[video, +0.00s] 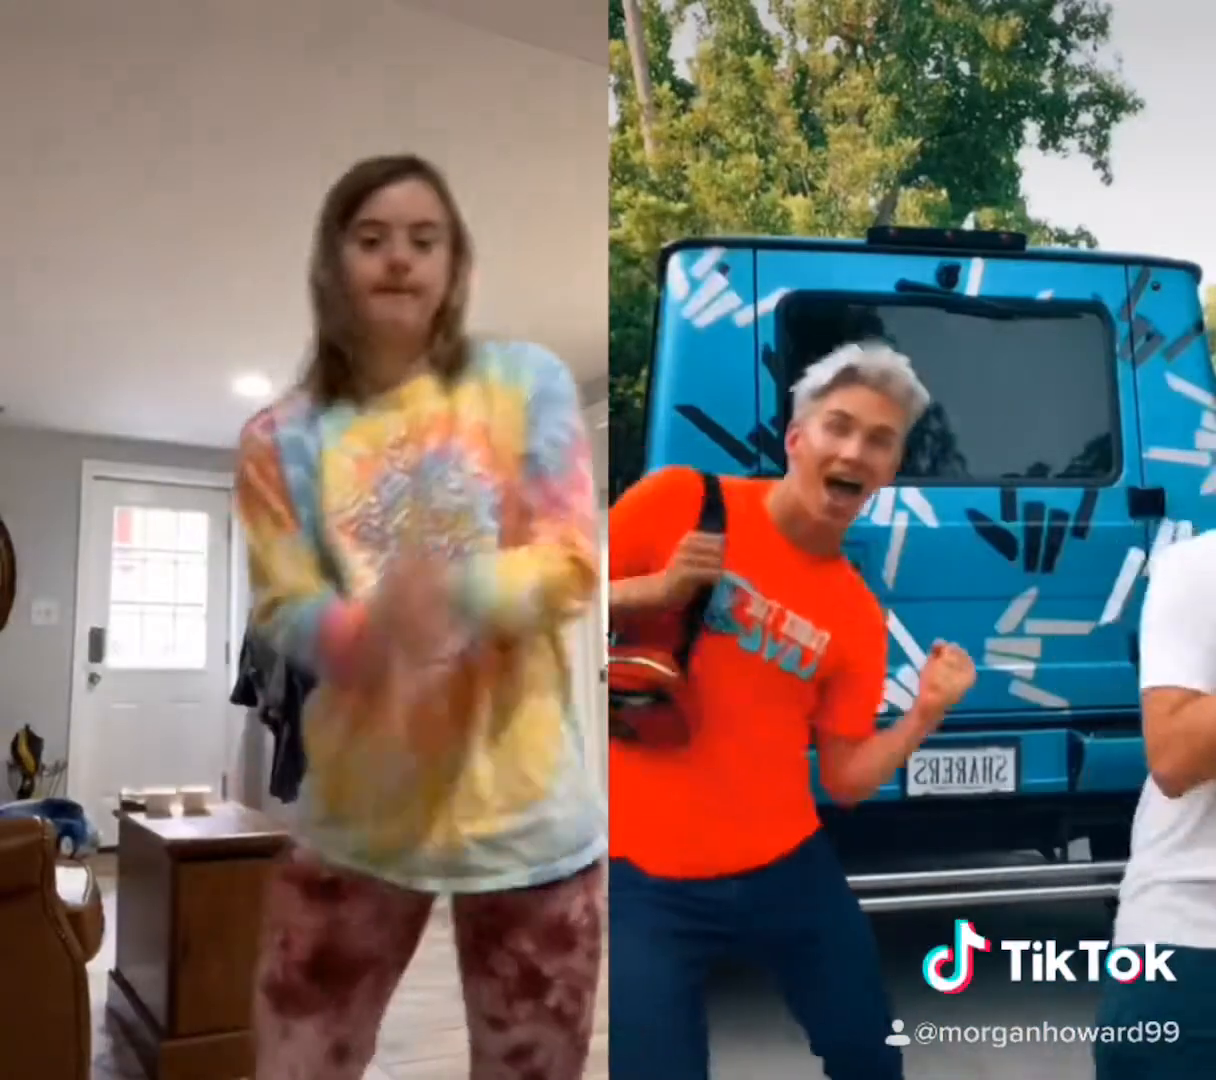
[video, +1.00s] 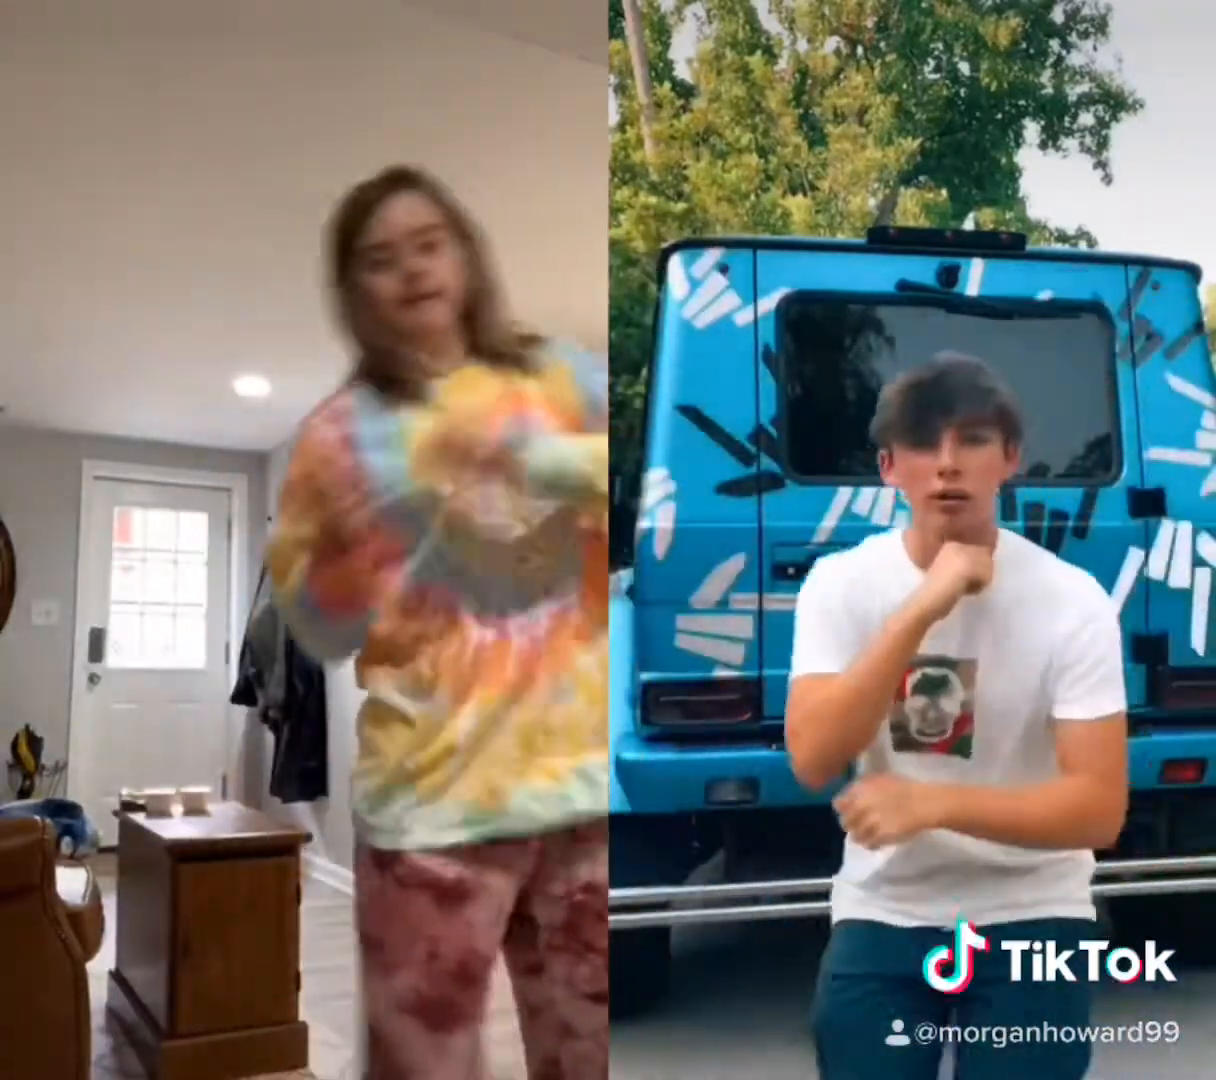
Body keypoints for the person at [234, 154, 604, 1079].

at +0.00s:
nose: (400, 260)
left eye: (425, 238)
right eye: (372, 238)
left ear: (455, 265)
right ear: (331, 263)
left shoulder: (527, 382)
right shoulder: (282, 440)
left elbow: (572, 558)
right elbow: (286, 607)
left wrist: (452, 593)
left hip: (529, 814)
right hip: (358, 816)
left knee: (532, 1066)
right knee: (300, 1064)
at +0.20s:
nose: (462, 272)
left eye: (488, 251)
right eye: (438, 249)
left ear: (521, 280)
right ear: (400, 269)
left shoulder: (555, 428)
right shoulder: (326, 400)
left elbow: (593, 637)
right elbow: (321, 547)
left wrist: (573, 510)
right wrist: (503, 475)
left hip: (545, 829)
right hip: (380, 816)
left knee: (555, 1070)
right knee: (308, 1070)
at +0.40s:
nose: (537, 277)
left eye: (562, 255)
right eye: (511, 257)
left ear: (596, 283)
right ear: (476, 281)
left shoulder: (600, 440)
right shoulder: (404, 404)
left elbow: (621, 606)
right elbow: (371, 581)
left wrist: (609, 651)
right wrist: (539, 638)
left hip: (559, 823)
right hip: (400, 817)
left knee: (581, 1069)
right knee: (321, 1065)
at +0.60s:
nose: (566, 272)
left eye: (588, 249)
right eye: (538, 252)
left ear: (614, 273)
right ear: (501, 275)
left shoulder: (600, 427)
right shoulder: (434, 381)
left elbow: (591, 616)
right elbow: (379, 530)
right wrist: (526, 560)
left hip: (570, 806)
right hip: (436, 803)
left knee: (582, 1063)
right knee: (430, 1066)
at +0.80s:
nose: (536, 299)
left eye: (558, 276)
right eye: (507, 283)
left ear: (592, 300)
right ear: (475, 313)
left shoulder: (613, 442)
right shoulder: (418, 422)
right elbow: (379, 584)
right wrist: (546, 477)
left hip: (578, 832)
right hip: (442, 838)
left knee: (581, 1065)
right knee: (497, 1066)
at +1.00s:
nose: (415, 273)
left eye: (432, 245)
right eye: (383, 259)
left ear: (468, 255)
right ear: (351, 290)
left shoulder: (559, 381)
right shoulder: (336, 437)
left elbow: (675, 482)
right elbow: (317, 631)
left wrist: (552, 462)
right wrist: (347, 553)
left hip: (582, 788)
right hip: (431, 804)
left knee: (583, 1059)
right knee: (422, 1060)